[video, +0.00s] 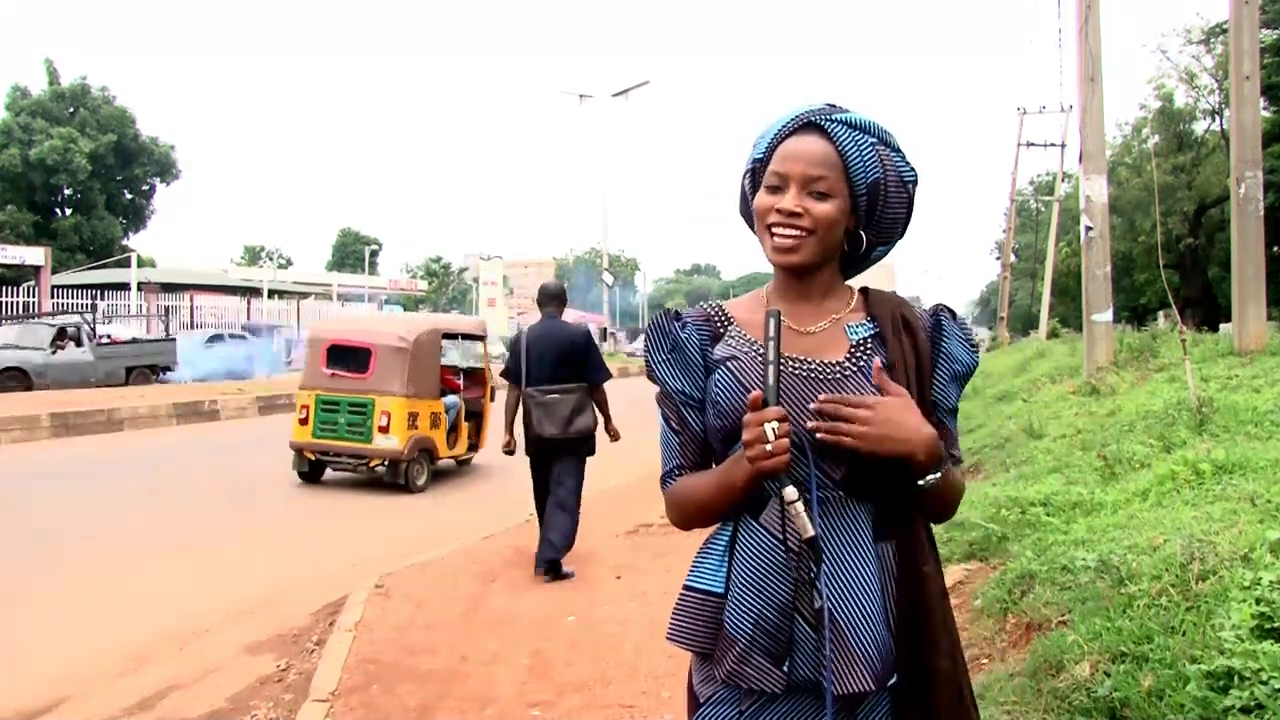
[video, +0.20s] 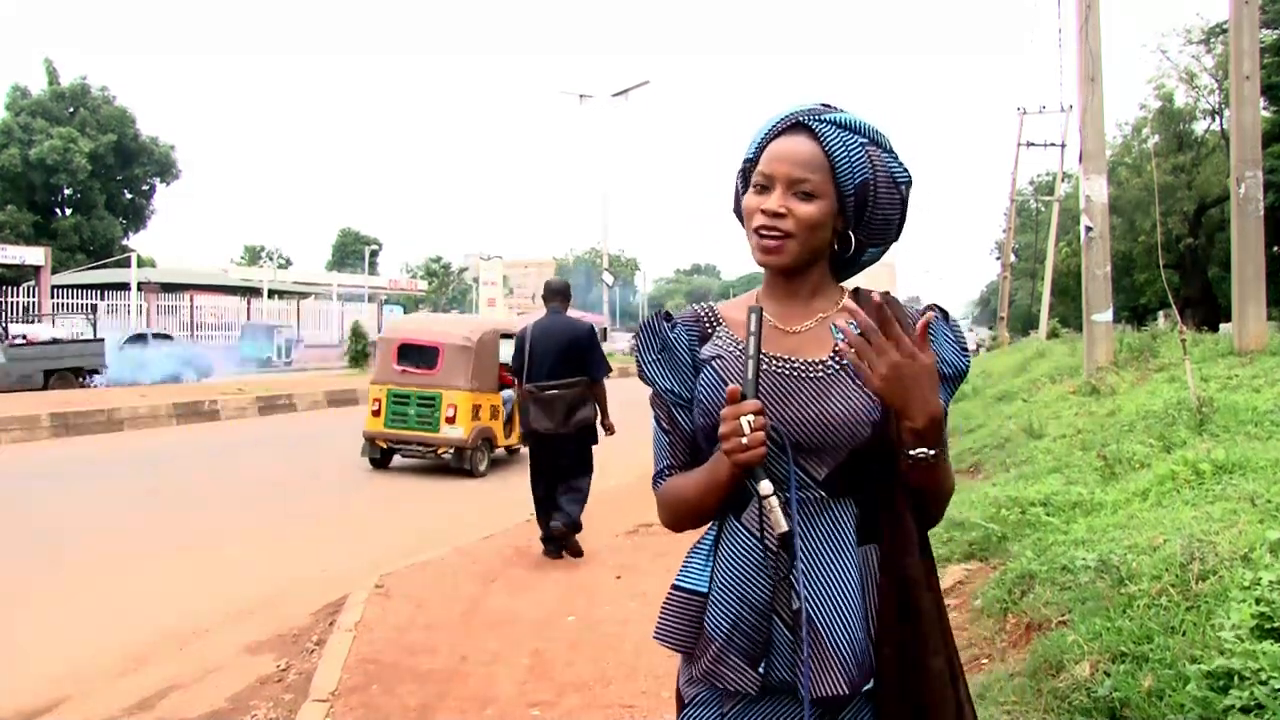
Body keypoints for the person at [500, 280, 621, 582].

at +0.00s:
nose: (557, 307)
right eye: (562, 302)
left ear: (538, 305)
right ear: (565, 304)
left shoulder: (523, 340)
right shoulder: (579, 336)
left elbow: (514, 389)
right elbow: (595, 387)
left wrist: (508, 431)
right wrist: (608, 420)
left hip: (538, 429)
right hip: (575, 428)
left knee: (543, 491)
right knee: (565, 494)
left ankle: (549, 552)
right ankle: (549, 560)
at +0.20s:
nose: (562, 303)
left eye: (554, 298)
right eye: (566, 299)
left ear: (543, 300)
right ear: (569, 300)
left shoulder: (526, 334)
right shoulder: (583, 331)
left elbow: (519, 382)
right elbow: (596, 380)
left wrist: (525, 422)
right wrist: (605, 415)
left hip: (538, 422)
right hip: (576, 421)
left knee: (544, 478)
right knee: (578, 473)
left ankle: (552, 542)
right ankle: (565, 520)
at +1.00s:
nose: (598, 307)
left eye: (591, 302)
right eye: (602, 302)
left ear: (581, 304)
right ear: (604, 303)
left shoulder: (568, 333)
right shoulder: (614, 330)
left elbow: (560, 376)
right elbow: (625, 372)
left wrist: (556, 412)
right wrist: (629, 406)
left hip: (577, 406)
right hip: (607, 405)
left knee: (582, 459)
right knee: (603, 462)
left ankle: (582, 509)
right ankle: (591, 522)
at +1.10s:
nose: (602, 312)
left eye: (595, 307)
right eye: (604, 307)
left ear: (583, 309)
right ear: (605, 308)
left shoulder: (570, 337)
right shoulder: (615, 335)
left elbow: (563, 379)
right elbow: (626, 374)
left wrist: (559, 414)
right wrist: (629, 408)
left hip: (581, 408)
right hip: (610, 406)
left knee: (585, 463)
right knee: (603, 463)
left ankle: (594, 510)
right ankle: (592, 523)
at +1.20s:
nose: (600, 314)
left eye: (593, 310)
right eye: (603, 310)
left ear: (584, 312)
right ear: (606, 311)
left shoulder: (573, 340)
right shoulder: (615, 337)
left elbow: (566, 382)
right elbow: (625, 376)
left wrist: (563, 417)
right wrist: (628, 409)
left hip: (584, 408)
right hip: (611, 407)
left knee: (588, 462)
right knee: (607, 461)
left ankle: (592, 510)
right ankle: (598, 510)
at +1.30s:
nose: (598, 314)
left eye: (594, 310)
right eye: (603, 309)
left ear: (586, 311)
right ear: (607, 310)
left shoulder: (575, 338)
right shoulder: (618, 336)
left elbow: (569, 381)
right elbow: (626, 375)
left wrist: (570, 416)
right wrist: (628, 408)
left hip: (584, 412)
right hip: (612, 410)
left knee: (589, 462)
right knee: (613, 455)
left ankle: (595, 511)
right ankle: (602, 491)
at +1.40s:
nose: (601, 312)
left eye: (596, 307)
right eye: (607, 307)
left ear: (589, 309)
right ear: (610, 308)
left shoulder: (577, 335)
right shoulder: (619, 334)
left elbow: (569, 366)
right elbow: (626, 368)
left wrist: (580, 389)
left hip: (585, 408)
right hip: (613, 406)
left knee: (589, 462)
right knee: (614, 455)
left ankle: (595, 513)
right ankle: (613, 493)